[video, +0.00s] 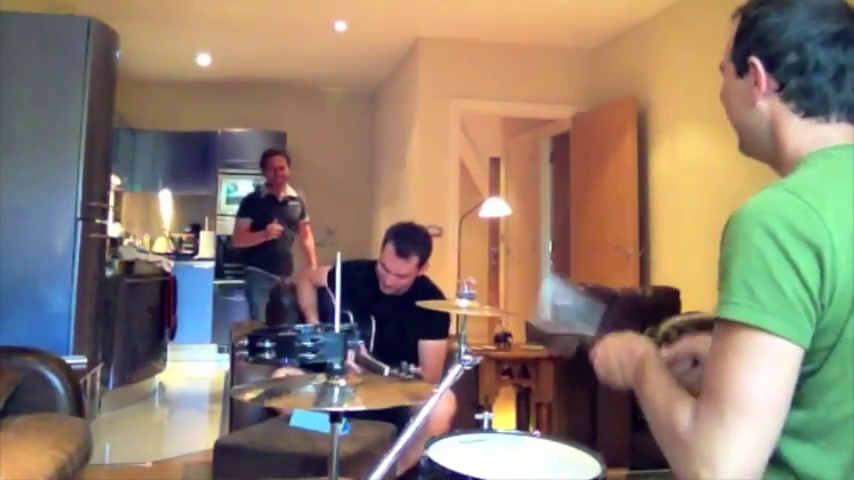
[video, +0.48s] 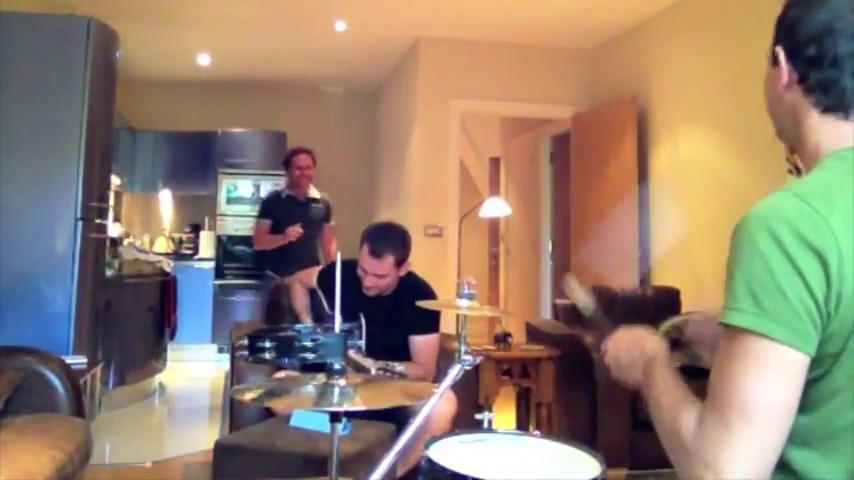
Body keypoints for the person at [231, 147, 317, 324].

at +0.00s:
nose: (279, 173)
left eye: (282, 169)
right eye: (273, 169)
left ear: (289, 170)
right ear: (264, 172)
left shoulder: (296, 200)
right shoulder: (252, 201)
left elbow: (306, 234)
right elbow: (238, 239)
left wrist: (312, 265)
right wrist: (265, 235)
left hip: (286, 273)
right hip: (258, 272)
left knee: (287, 324)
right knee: (261, 324)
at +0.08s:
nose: (282, 173)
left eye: (285, 168)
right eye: (276, 168)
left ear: (292, 170)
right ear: (266, 171)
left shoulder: (298, 200)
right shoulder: (253, 200)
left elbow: (306, 233)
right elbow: (240, 238)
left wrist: (313, 265)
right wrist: (267, 234)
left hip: (287, 274)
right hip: (260, 273)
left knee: (288, 324)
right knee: (262, 324)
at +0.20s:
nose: (288, 172)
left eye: (291, 167)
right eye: (282, 168)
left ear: (297, 169)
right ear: (272, 170)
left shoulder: (303, 199)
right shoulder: (258, 199)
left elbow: (309, 235)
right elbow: (245, 237)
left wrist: (313, 268)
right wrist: (274, 234)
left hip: (295, 275)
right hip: (264, 274)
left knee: (294, 326)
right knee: (265, 326)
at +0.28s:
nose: (291, 172)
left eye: (295, 167)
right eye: (286, 167)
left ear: (301, 169)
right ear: (275, 170)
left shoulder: (307, 200)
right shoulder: (261, 198)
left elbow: (312, 237)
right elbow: (248, 238)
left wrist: (315, 269)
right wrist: (277, 235)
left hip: (298, 277)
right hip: (266, 276)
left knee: (298, 330)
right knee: (267, 331)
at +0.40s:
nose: (299, 173)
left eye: (303, 168)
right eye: (294, 169)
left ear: (309, 171)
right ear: (284, 171)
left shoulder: (316, 202)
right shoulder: (269, 201)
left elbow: (321, 241)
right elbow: (255, 240)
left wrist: (325, 270)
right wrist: (283, 237)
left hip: (305, 279)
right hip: (273, 278)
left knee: (306, 331)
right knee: (275, 333)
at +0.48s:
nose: (304, 173)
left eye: (308, 168)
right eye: (299, 168)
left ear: (314, 171)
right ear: (288, 171)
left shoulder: (322, 203)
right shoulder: (273, 201)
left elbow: (328, 240)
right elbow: (259, 241)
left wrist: (332, 270)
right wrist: (284, 238)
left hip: (312, 279)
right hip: (277, 278)